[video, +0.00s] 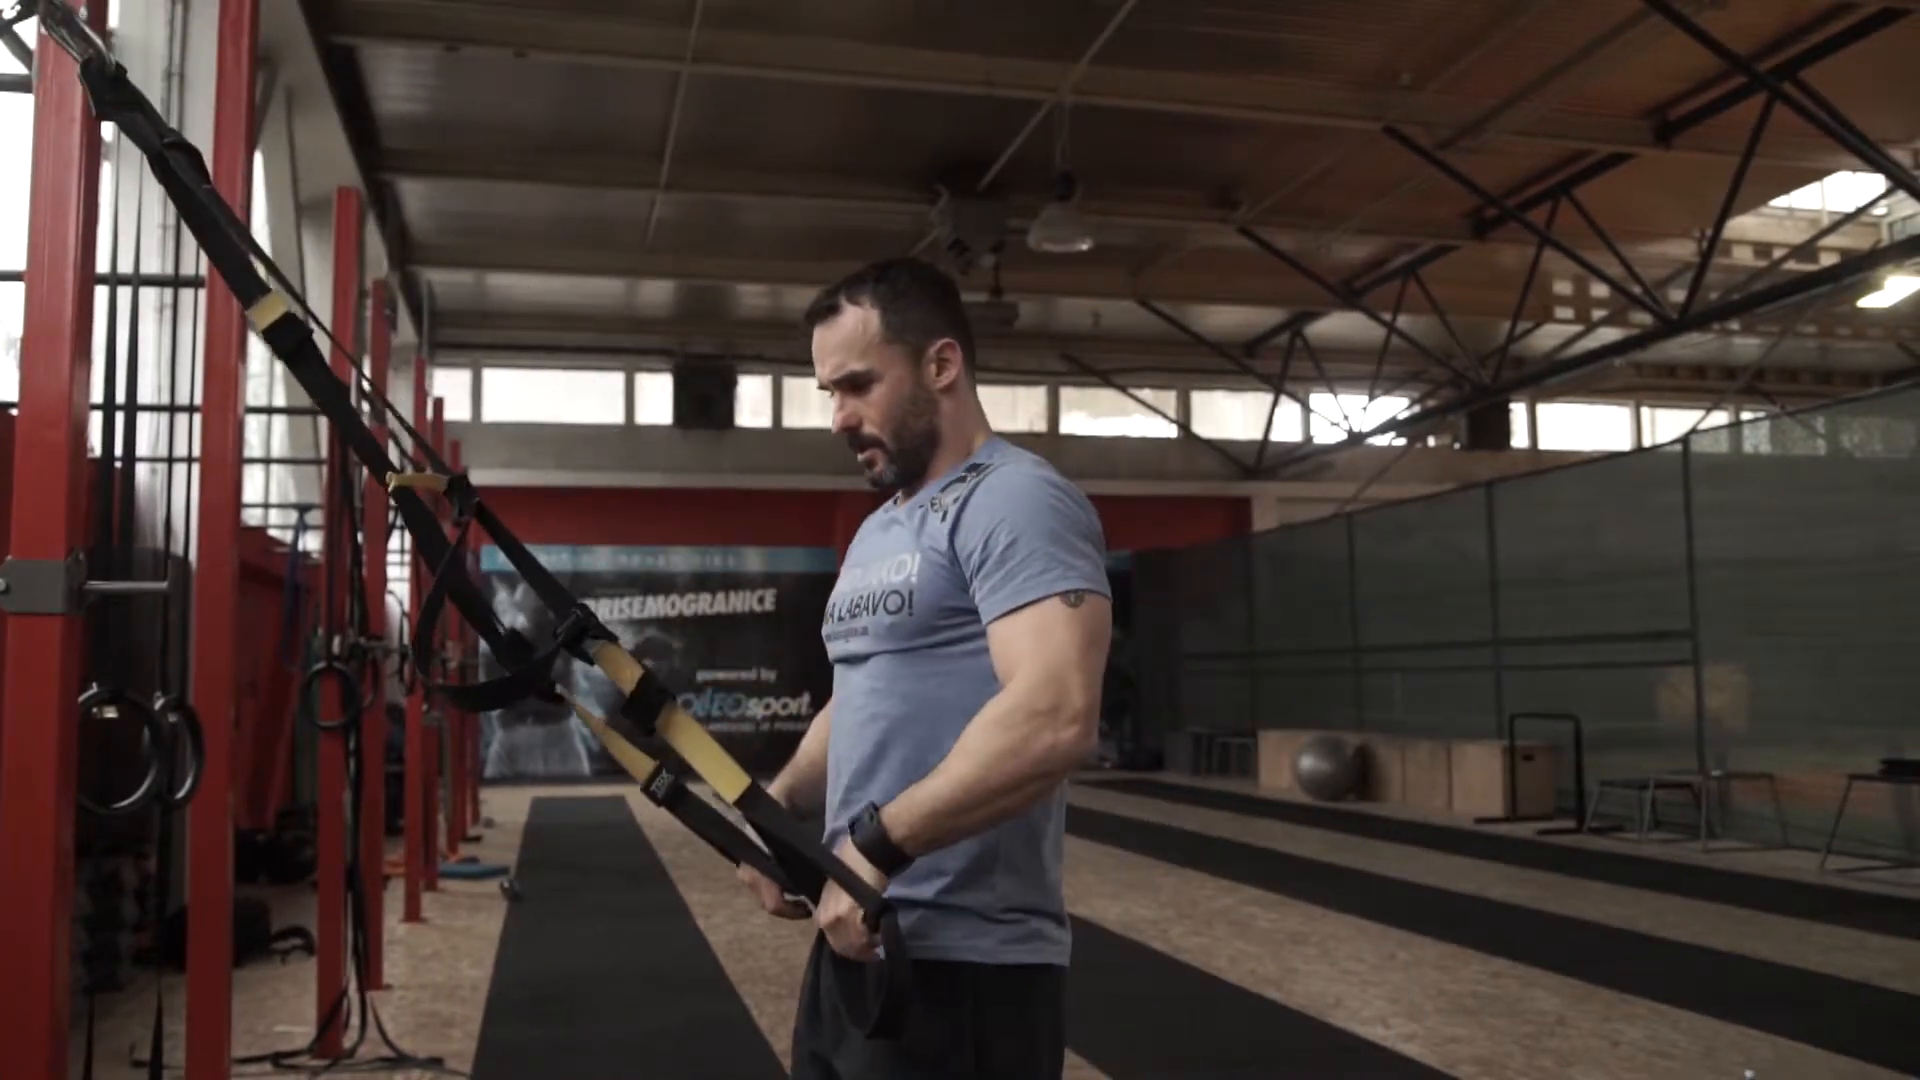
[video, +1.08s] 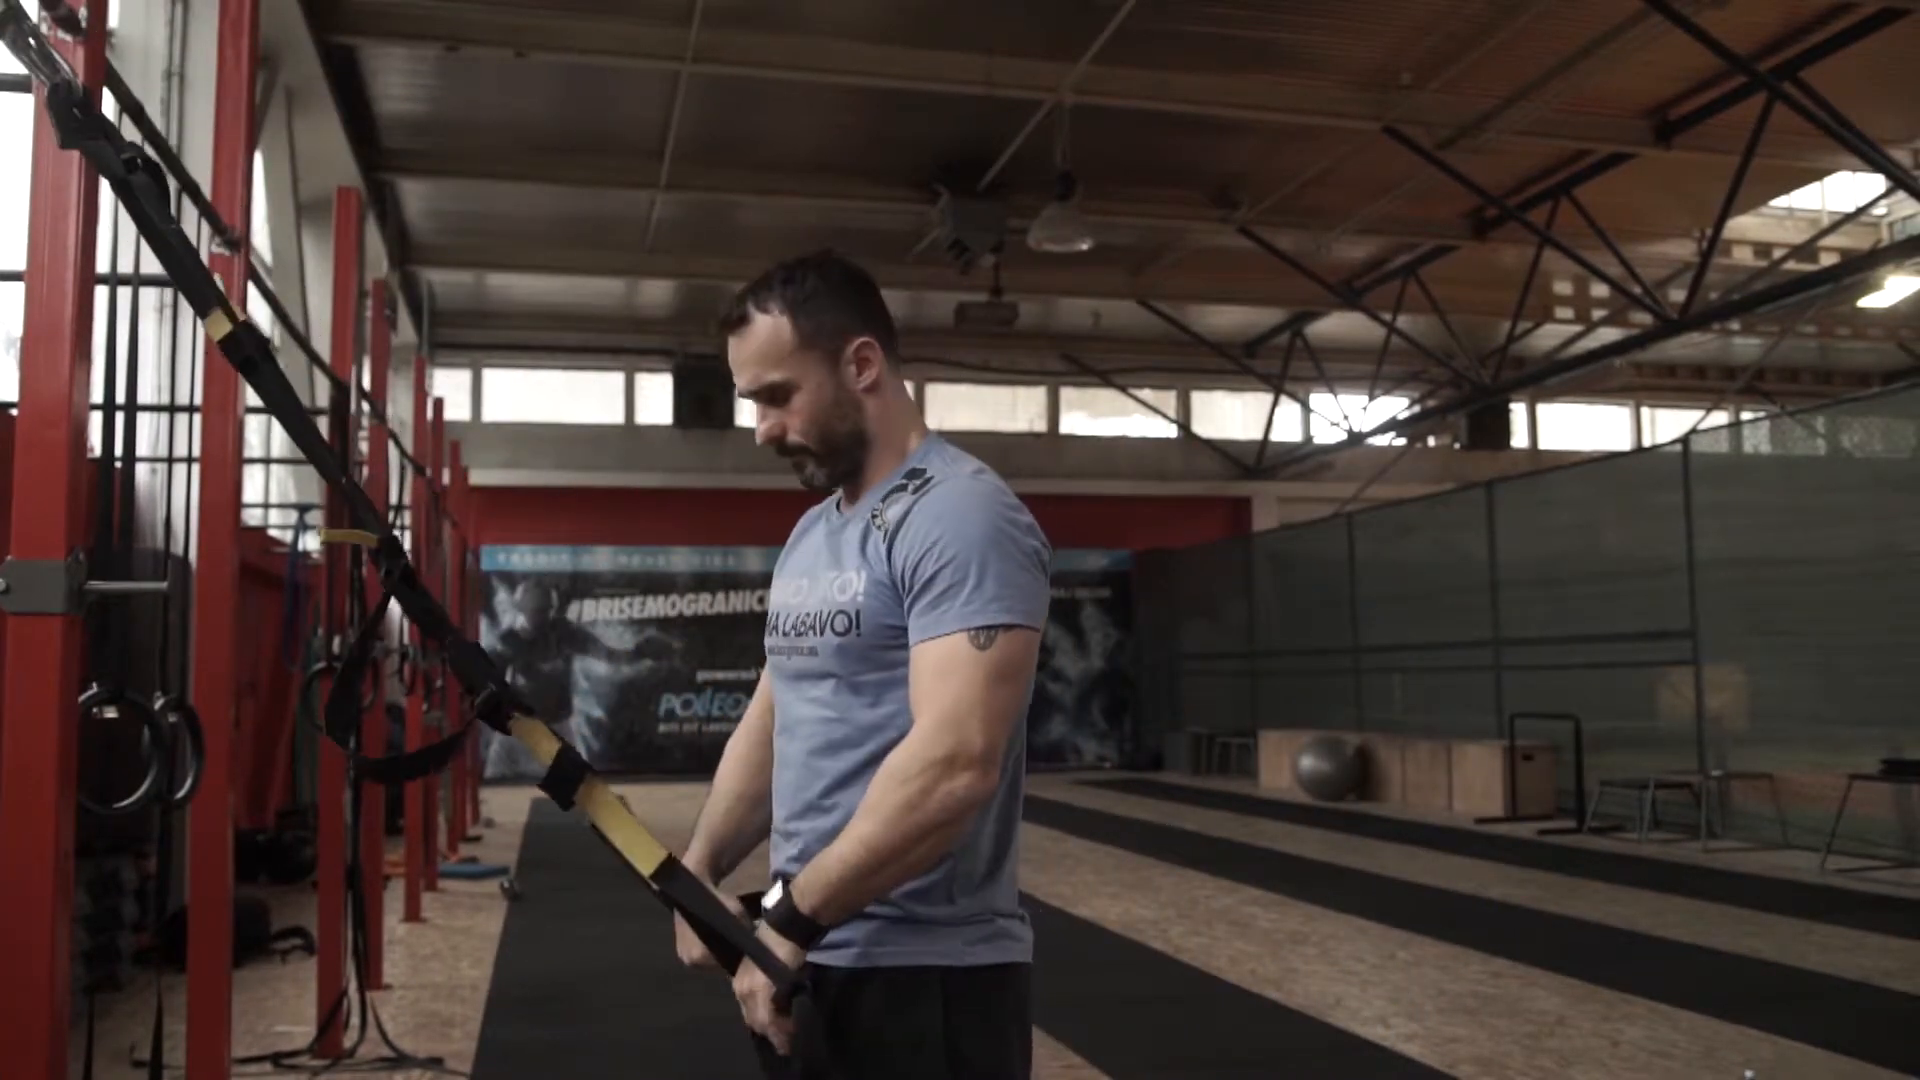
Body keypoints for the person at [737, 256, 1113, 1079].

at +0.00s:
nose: (839, 419)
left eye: (859, 386)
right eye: (831, 394)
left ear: (943, 365)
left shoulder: (1018, 495)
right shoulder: (879, 528)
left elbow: (1054, 715)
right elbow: (859, 700)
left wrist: (874, 845)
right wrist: (776, 813)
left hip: (971, 965)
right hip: (856, 951)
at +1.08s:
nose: (761, 429)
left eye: (778, 395)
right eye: (752, 402)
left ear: (863, 366)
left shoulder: (966, 515)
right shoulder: (812, 534)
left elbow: (959, 761)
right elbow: (772, 716)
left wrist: (789, 917)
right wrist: (701, 866)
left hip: (932, 973)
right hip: (816, 964)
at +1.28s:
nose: (751, 445)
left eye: (765, 409)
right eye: (738, 420)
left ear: (851, 373)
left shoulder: (960, 516)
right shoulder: (795, 537)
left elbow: (942, 759)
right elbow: (757, 721)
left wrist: (775, 913)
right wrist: (695, 883)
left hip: (923, 973)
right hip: (804, 966)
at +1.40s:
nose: (742, 450)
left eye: (756, 414)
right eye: (727, 425)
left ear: (842, 376)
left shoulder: (951, 514)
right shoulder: (786, 539)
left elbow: (922, 762)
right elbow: (748, 723)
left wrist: (761, 921)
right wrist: (684, 888)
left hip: (916, 975)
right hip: (796, 969)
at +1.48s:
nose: (735, 452)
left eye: (749, 416)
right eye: (720, 426)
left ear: (834, 376)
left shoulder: (945, 516)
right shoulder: (781, 540)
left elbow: (902, 767)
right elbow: (743, 725)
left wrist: (749, 927)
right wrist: (680, 893)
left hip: (910, 976)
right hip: (790, 969)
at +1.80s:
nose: (709, 465)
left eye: (718, 431)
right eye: (694, 441)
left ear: (797, 382)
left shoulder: (912, 512)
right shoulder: (770, 542)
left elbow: (855, 767)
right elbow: (738, 728)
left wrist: (725, 944)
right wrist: (671, 897)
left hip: (897, 978)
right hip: (781, 968)